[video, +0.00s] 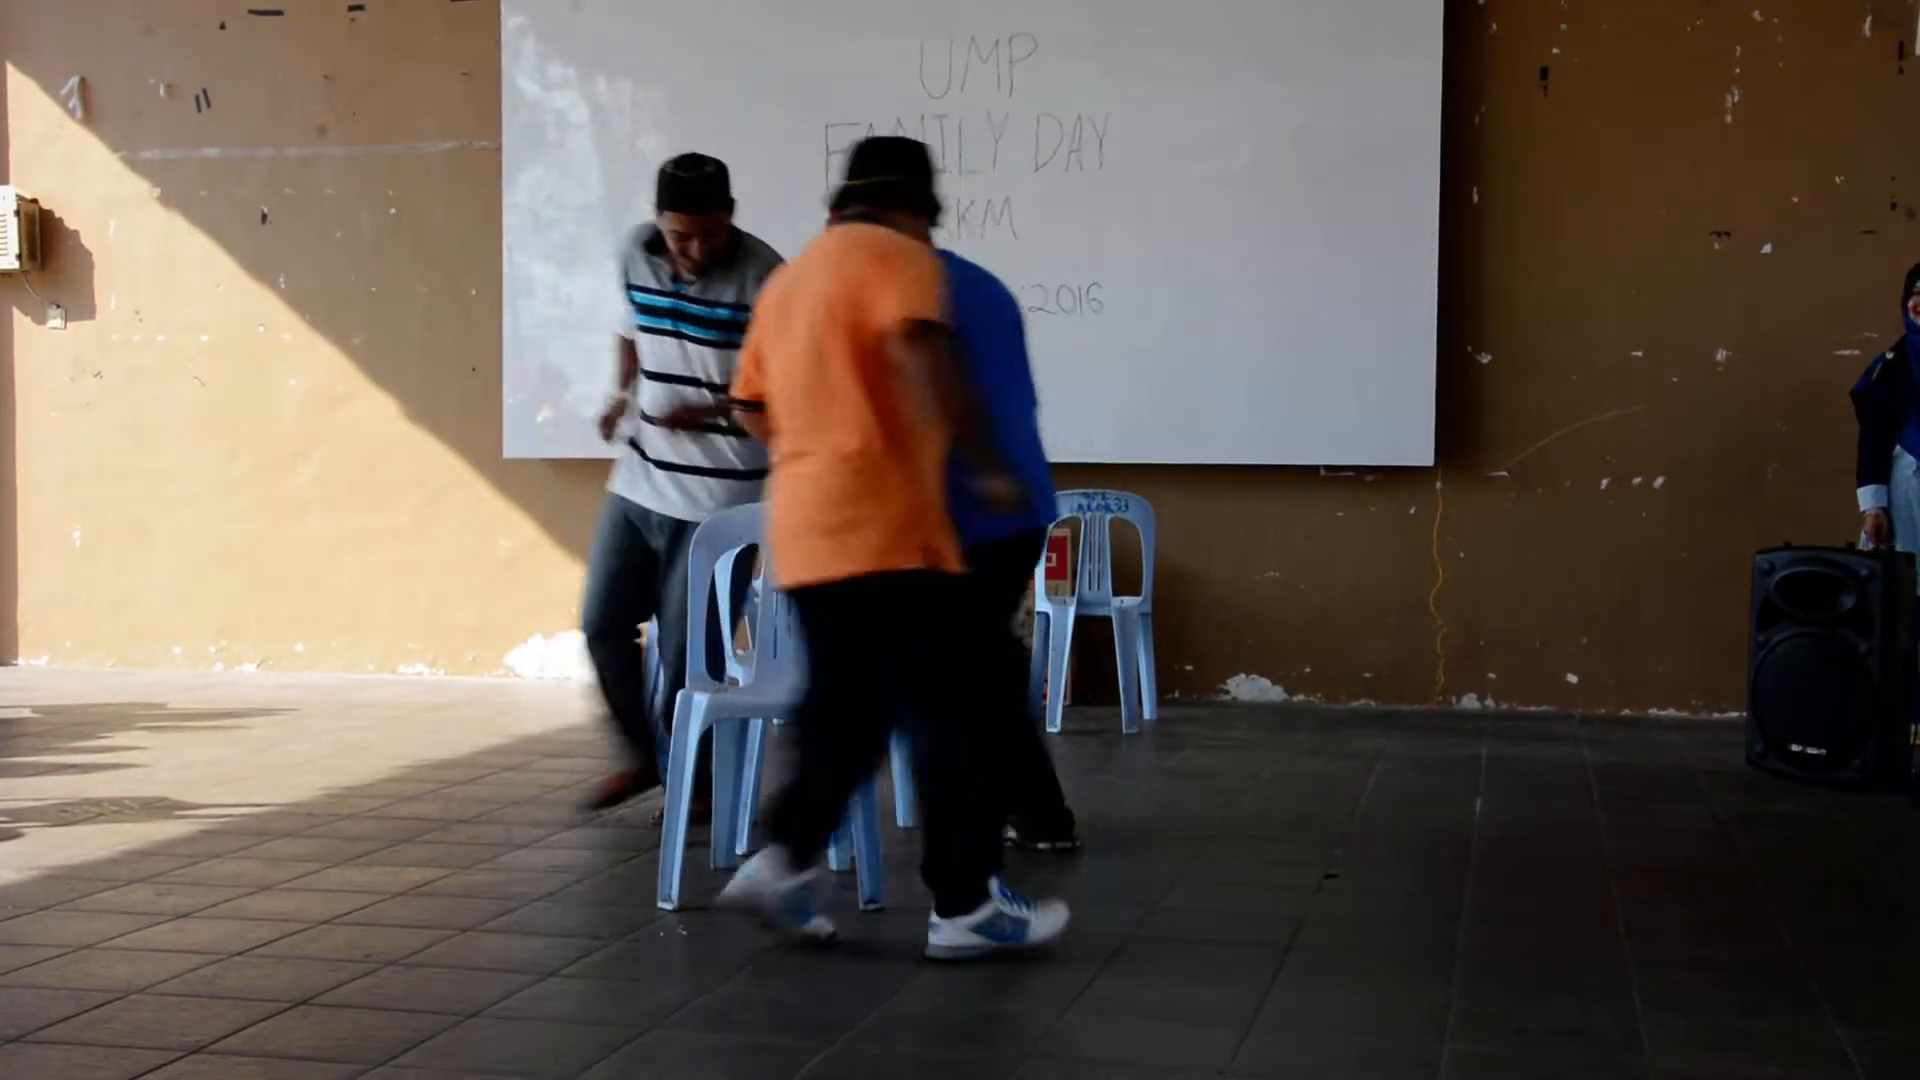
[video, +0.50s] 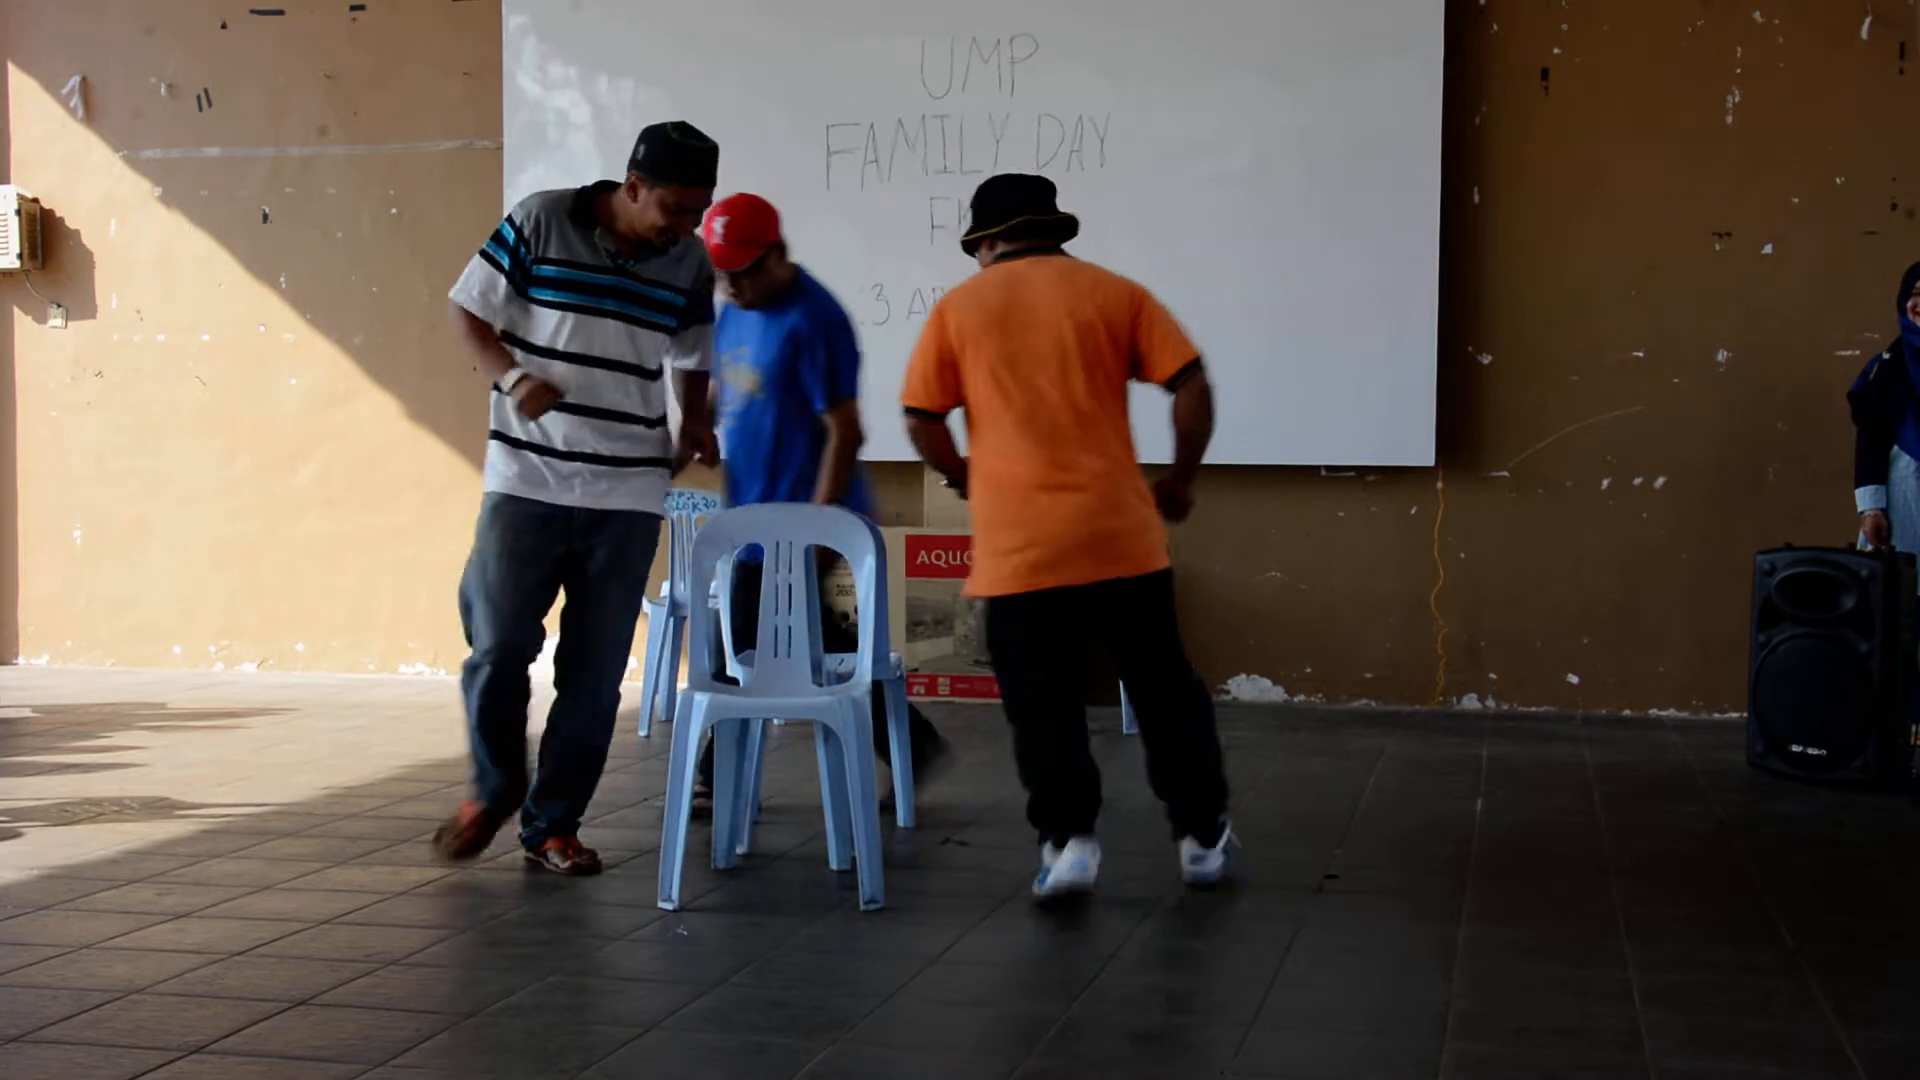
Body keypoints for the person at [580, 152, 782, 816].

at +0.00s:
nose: (691, 250)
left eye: (705, 236)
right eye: (678, 236)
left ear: (730, 219)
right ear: (659, 221)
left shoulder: (764, 277)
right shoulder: (638, 252)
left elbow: (784, 392)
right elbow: (633, 328)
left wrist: (707, 412)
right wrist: (623, 392)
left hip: (715, 506)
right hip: (638, 491)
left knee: (690, 656)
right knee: (603, 624)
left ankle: (698, 781)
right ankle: (641, 757)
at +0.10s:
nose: (673, 240)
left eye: (687, 226)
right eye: (660, 225)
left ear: (711, 209)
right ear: (639, 205)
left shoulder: (742, 260)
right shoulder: (607, 237)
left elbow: (773, 367)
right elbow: (590, 311)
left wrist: (683, 374)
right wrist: (576, 376)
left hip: (693, 489)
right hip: (608, 474)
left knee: (676, 650)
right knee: (574, 637)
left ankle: (687, 792)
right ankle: (549, 800)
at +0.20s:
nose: (670, 237)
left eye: (685, 223)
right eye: (656, 222)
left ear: (700, 209)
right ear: (625, 199)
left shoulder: (720, 264)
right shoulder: (573, 239)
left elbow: (758, 368)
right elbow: (536, 318)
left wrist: (697, 399)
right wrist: (529, 383)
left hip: (664, 490)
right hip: (571, 479)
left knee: (627, 637)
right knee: (552, 649)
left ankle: (661, 766)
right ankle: (548, 807)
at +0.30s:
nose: (666, 231)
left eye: (680, 218)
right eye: (654, 215)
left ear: (696, 204)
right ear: (621, 189)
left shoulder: (705, 261)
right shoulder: (553, 230)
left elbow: (733, 353)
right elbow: (499, 315)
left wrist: (690, 401)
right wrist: (517, 357)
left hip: (643, 483)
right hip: (549, 477)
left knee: (603, 640)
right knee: (539, 650)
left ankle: (597, 792)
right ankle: (542, 808)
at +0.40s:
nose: (675, 224)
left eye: (688, 211)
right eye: (663, 209)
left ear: (701, 199)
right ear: (626, 185)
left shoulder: (699, 257)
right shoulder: (545, 217)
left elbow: (706, 339)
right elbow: (479, 304)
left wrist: (687, 388)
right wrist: (528, 343)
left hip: (635, 487)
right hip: (535, 477)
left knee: (597, 660)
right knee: (514, 651)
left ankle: (556, 824)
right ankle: (526, 799)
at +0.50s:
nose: (682, 228)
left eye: (694, 215)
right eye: (672, 212)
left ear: (701, 202)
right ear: (632, 183)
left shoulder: (690, 264)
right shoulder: (542, 222)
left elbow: (692, 356)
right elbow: (469, 309)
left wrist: (695, 423)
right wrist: (512, 375)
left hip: (630, 493)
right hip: (528, 482)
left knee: (595, 674)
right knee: (497, 648)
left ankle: (551, 826)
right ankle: (492, 789)